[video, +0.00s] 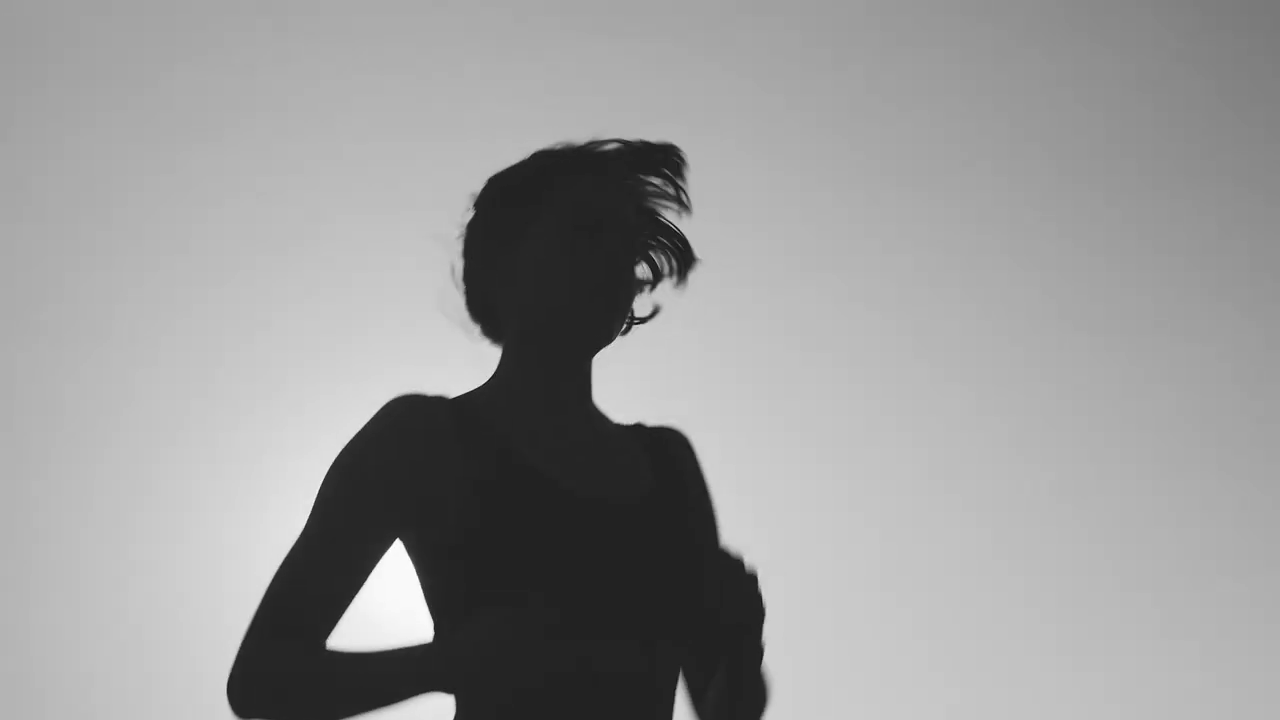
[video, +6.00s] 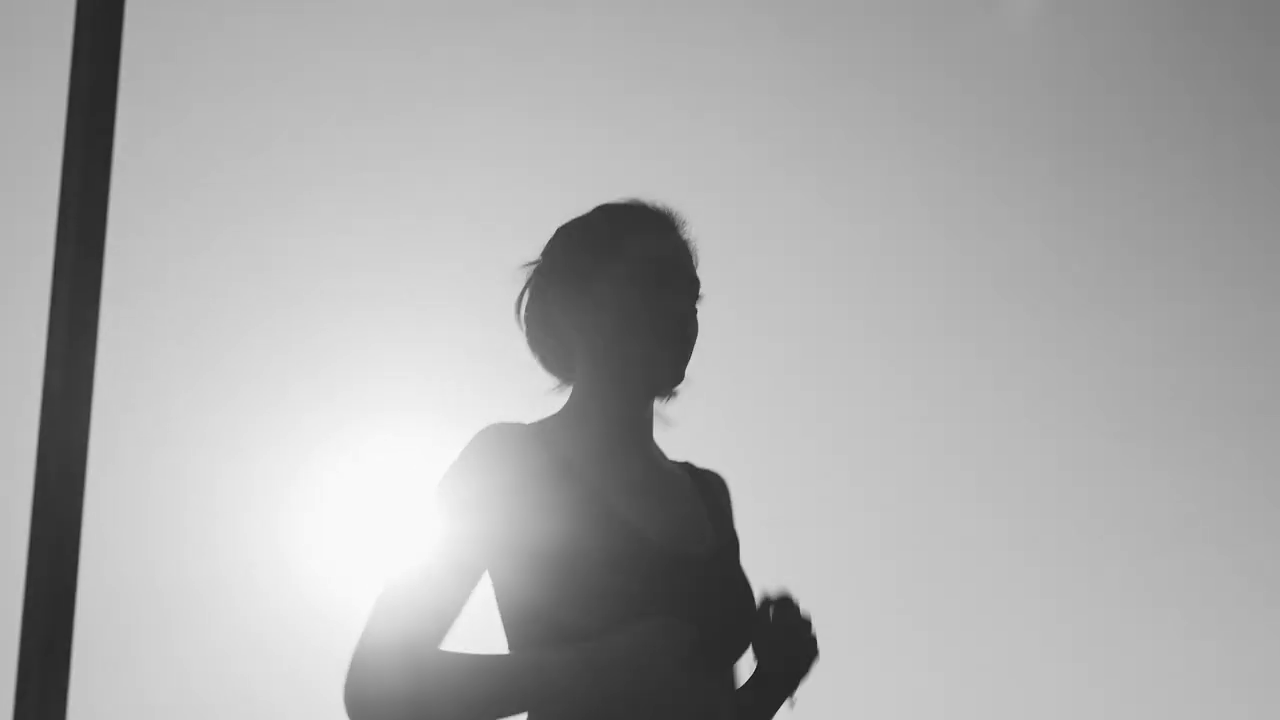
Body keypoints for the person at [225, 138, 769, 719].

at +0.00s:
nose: (617, 272)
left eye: (628, 251)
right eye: (584, 243)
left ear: (634, 282)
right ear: (505, 269)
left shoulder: (664, 460)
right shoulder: (418, 438)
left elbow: (728, 710)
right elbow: (261, 680)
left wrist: (734, 644)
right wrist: (447, 663)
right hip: (500, 714)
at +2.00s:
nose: (521, 269)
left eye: (532, 247)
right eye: (488, 242)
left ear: (547, 276)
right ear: (416, 266)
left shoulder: (573, 455)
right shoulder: (322, 425)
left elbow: (648, 688)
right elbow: (179, 656)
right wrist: (346, 625)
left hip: (523, 708)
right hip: (376, 712)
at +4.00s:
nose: (688, 343)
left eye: (685, 314)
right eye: (650, 310)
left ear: (685, 350)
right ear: (556, 342)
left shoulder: (727, 510)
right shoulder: (496, 493)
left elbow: (780, 702)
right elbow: (397, 692)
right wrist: (517, 708)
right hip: (563, 707)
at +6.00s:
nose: (687, 319)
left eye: (691, 298)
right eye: (656, 293)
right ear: (570, 316)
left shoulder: (704, 495)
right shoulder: (506, 459)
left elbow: (716, 705)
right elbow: (378, 681)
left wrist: (771, 682)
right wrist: (596, 667)